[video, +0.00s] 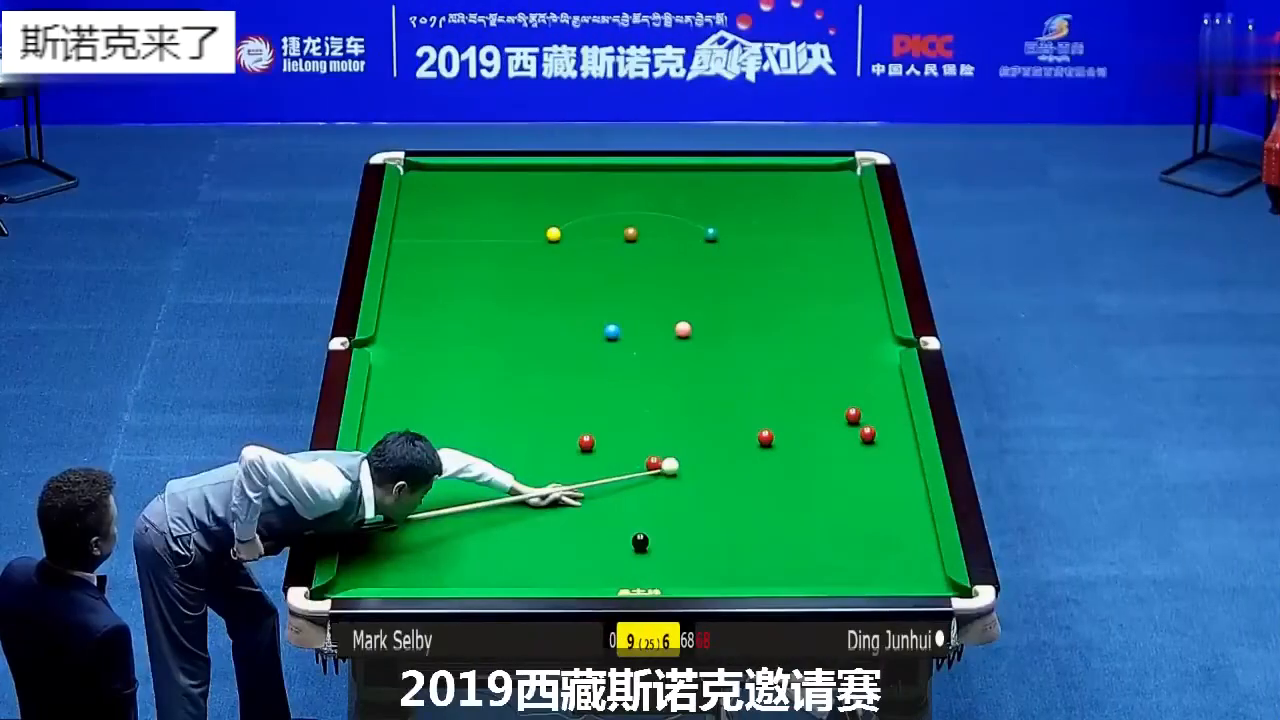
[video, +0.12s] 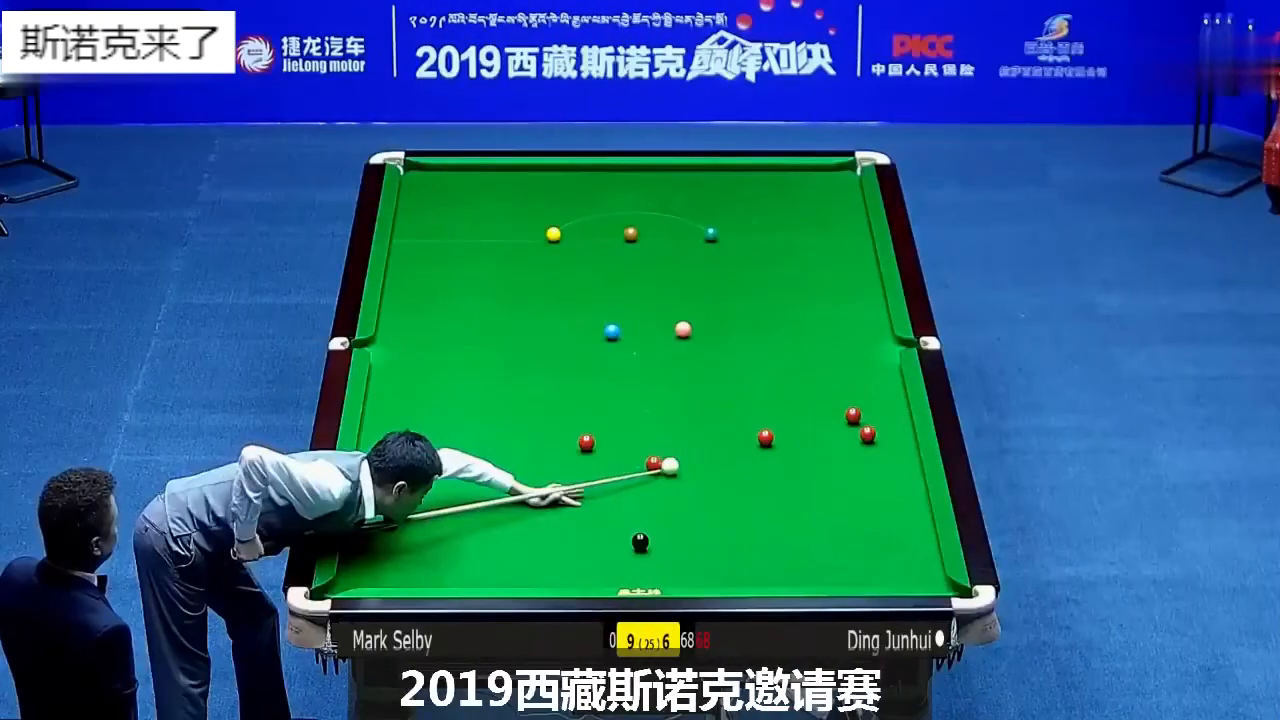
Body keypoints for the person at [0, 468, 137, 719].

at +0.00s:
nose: (116, 528)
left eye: (113, 521)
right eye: (113, 523)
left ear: (50, 531)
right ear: (96, 545)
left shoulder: (15, 576)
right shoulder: (108, 632)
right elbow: (125, 711)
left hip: (30, 711)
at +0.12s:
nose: (116, 528)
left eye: (113, 521)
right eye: (113, 523)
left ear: (50, 530)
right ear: (97, 545)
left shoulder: (15, 576)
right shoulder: (108, 632)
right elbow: (126, 711)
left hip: (30, 711)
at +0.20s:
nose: (117, 528)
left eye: (114, 521)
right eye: (113, 523)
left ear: (50, 530)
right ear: (97, 545)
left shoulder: (15, 576)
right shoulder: (108, 632)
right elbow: (126, 710)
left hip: (30, 711)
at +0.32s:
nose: (117, 528)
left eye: (114, 521)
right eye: (114, 523)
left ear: (49, 530)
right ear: (97, 545)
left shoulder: (15, 576)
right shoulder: (108, 632)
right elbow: (126, 710)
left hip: (30, 712)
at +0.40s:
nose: (117, 527)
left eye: (114, 520)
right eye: (114, 523)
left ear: (49, 530)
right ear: (97, 545)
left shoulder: (15, 576)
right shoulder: (108, 632)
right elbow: (126, 711)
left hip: (30, 711)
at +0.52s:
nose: (117, 527)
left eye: (114, 520)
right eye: (114, 523)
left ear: (49, 530)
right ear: (97, 545)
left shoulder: (15, 576)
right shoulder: (108, 632)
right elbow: (126, 710)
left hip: (30, 711)